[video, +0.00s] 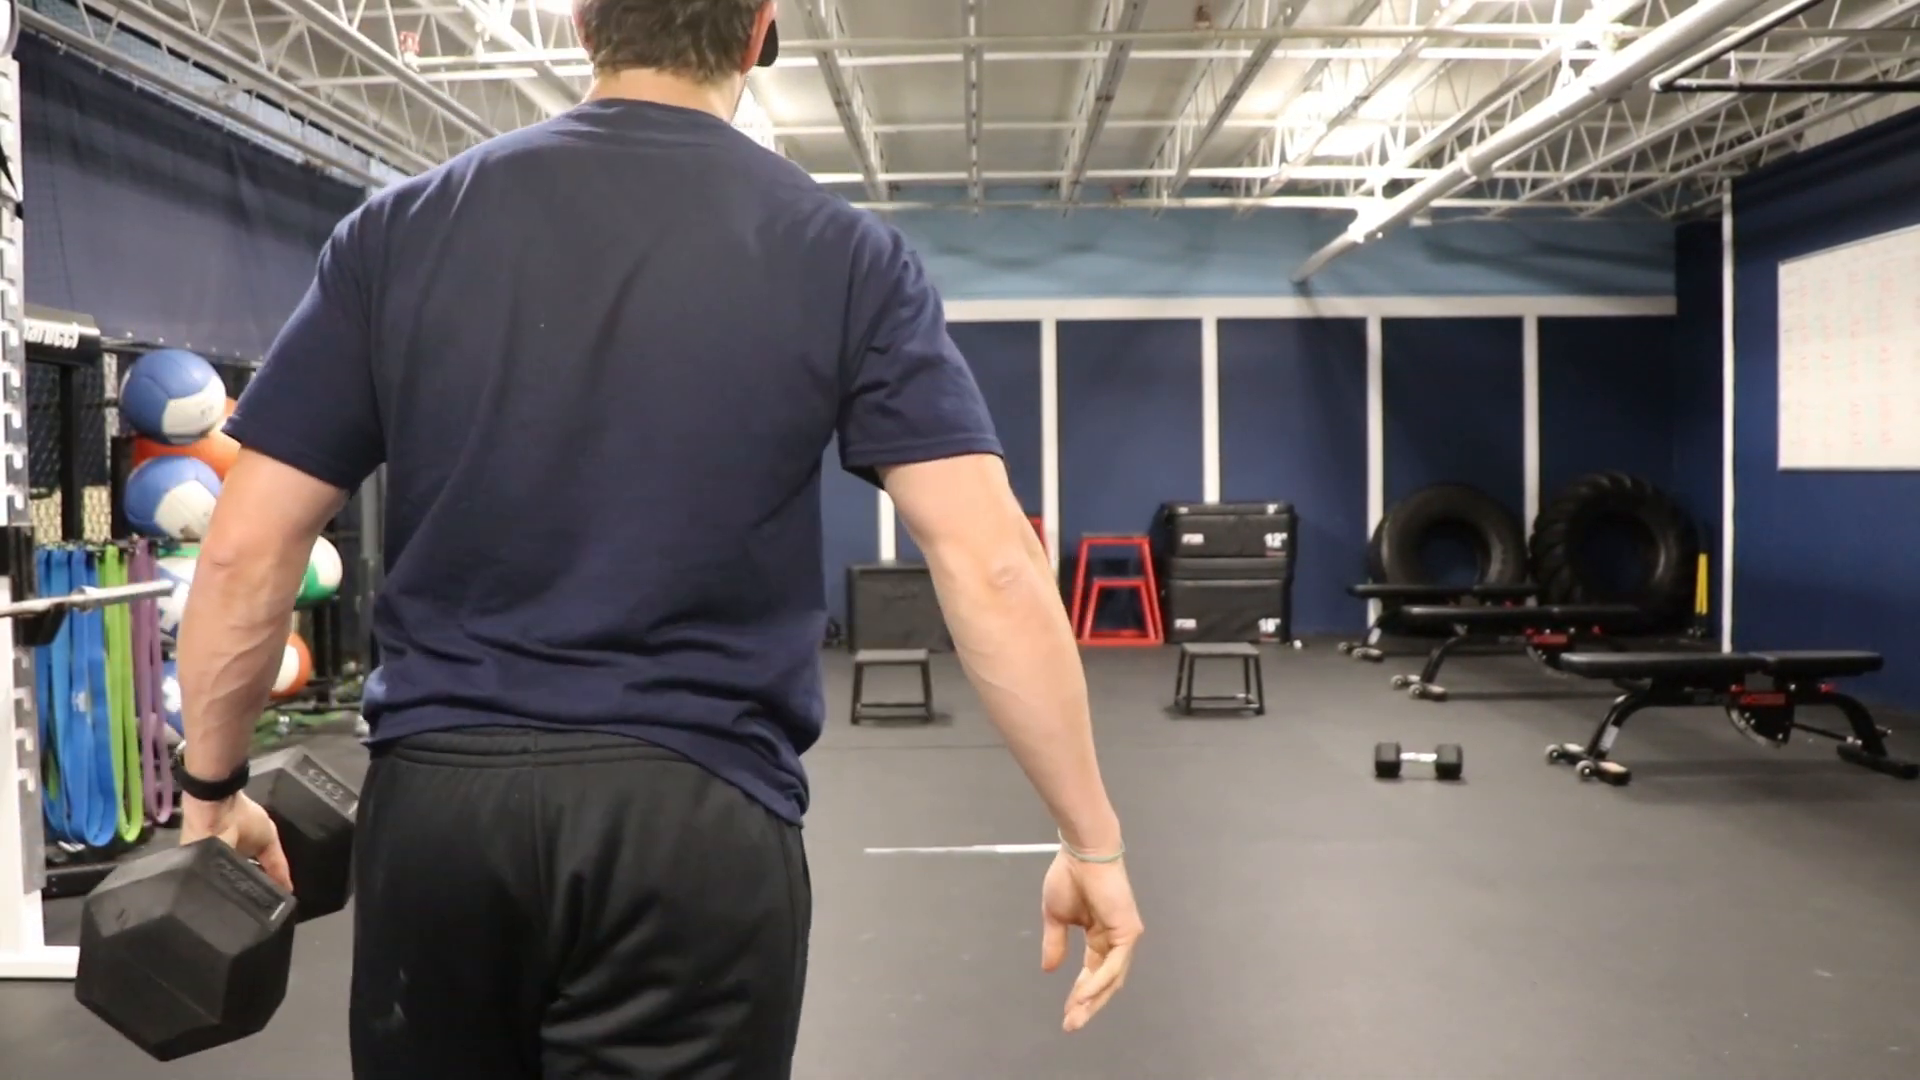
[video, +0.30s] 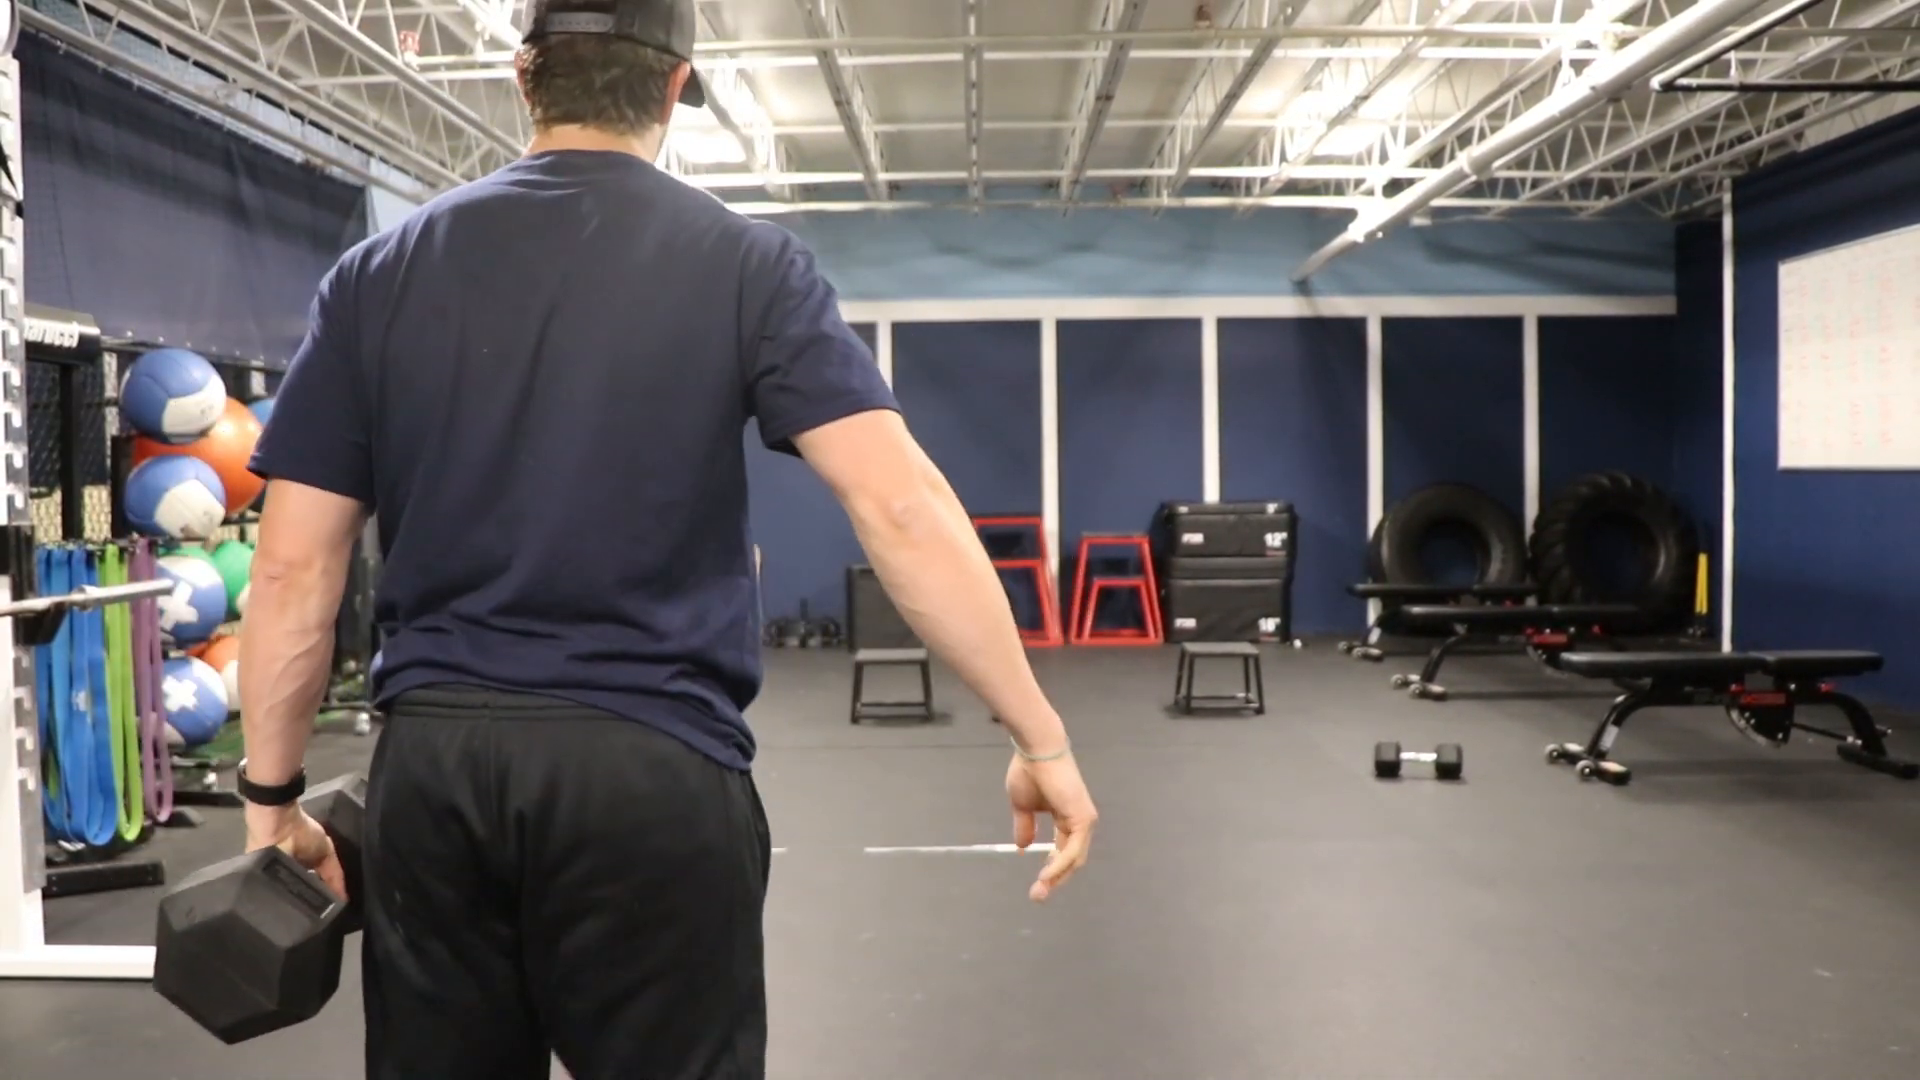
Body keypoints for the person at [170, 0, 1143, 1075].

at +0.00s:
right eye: (768, 22)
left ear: (584, 31)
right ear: (760, 33)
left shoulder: (402, 227)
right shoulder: (842, 252)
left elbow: (248, 545)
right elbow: (989, 558)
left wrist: (211, 783)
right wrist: (1092, 837)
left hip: (438, 813)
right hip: (700, 821)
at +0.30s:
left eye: (519, 65)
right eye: (681, 87)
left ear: (523, 83)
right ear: (674, 94)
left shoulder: (380, 273)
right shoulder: (745, 262)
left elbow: (294, 562)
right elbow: (900, 504)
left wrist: (269, 795)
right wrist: (1040, 734)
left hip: (429, 771)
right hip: (654, 776)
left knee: (437, 1059)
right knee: (673, 1057)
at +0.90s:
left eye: (636, 154)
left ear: (634, 170)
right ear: (762, 179)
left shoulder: (530, 317)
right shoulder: (802, 324)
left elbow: (464, 538)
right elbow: (926, 505)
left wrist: (419, 719)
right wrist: (1057, 684)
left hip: (556, 702)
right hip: (727, 709)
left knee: (526, 1027)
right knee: (712, 1024)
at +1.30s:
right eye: (778, 195)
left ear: (673, 209)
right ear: (783, 209)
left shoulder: (591, 336)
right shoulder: (826, 343)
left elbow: (538, 527)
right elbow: (954, 503)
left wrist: (507, 684)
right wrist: (1025, 615)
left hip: (615, 656)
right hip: (754, 663)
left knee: (625, 926)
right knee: (734, 932)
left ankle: (643, 1071)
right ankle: (713, 1075)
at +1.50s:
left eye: (668, 217)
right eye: (758, 217)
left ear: (661, 228)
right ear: (759, 228)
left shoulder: (596, 350)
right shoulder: (809, 343)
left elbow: (551, 534)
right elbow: (924, 472)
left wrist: (524, 680)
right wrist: (1027, 587)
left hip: (629, 646)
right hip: (753, 650)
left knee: (650, 894)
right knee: (758, 900)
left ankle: (664, 1070)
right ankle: (725, 1071)